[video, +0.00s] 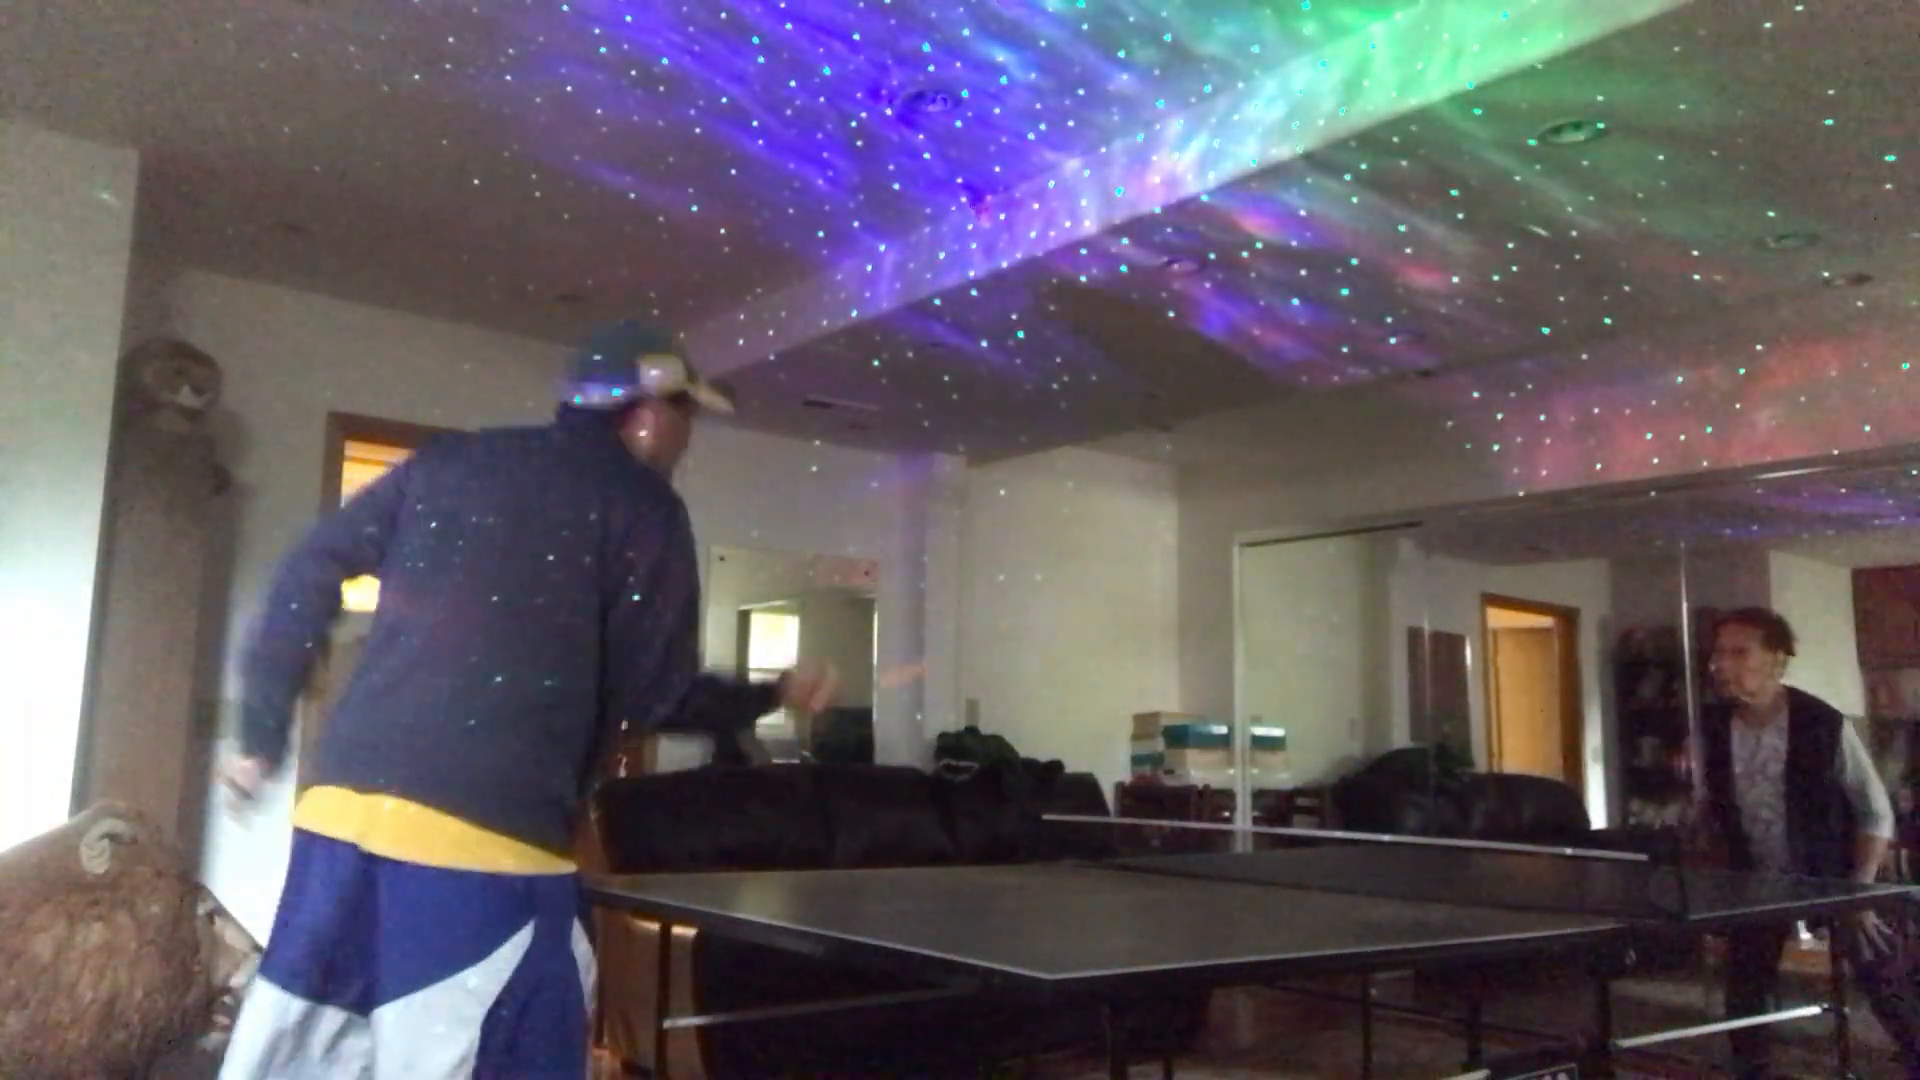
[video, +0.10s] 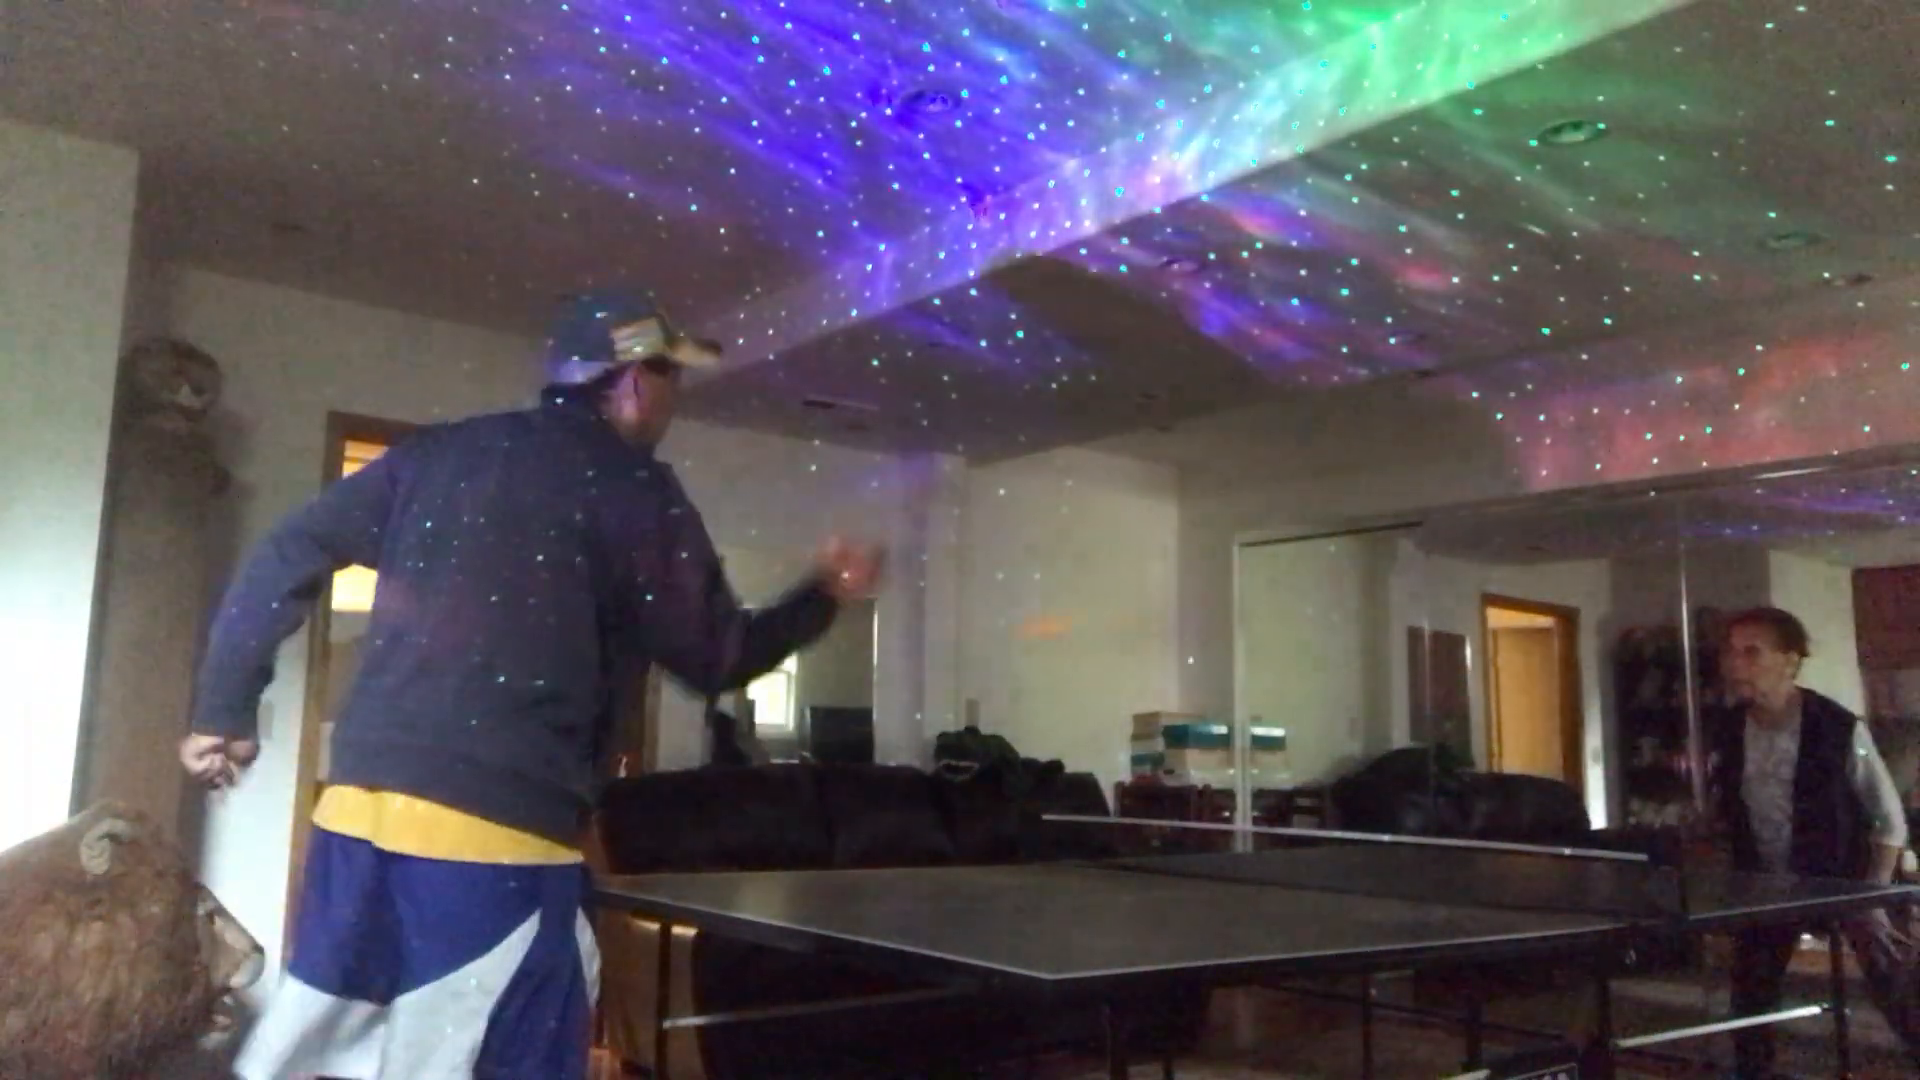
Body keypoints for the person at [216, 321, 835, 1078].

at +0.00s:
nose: (687, 437)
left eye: (690, 416)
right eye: (682, 413)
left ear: (577, 400)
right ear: (642, 410)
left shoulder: (450, 458)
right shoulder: (641, 502)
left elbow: (312, 562)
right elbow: (653, 693)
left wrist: (256, 730)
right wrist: (773, 696)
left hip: (340, 804)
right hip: (488, 830)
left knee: (292, 1051)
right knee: (492, 1059)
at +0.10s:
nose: (671, 403)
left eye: (672, 384)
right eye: (666, 383)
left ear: (562, 377)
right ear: (627, 383)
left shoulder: (440, 450)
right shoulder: (637, 490)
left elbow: (290, 548)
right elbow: (718, 656)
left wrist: (220, 709)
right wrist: (825, 595)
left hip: (355, 811)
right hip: (501, 836)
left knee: (308, 1043)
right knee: (510, 1057)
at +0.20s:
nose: (664, 381)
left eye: (661, 361)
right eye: (653, 362)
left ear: (555, 369)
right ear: (609, 370)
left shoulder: (437, 455)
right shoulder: (632, 487)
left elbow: (299, 577)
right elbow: (740, 621)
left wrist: (228, 738)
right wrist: (835, 517)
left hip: (364, 824)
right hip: (508, 842)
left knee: (336, 1058)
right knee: (509, 1058)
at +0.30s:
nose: (654, 380)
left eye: (649, 358)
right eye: (643, 357)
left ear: (545, 368)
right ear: (597, 366)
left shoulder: (429, 459)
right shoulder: (615, 480)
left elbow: (323, 613)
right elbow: (732, 616)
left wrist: (286, 787)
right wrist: (825, 505)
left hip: (368, 831)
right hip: (504, 847)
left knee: (368, 1066)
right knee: (516, 1064)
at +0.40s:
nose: (641, 373)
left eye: (638, 352)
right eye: (628, 350)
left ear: (535, 362)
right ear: (582, 361)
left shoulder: (418, 465)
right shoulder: (590, 471)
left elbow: (339, 634)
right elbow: (680, 641)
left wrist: (361, 781)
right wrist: (797, 552)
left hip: (368, 826)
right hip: (504, 839)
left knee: (376, 1066)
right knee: (522, 1063)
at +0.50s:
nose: (633, 374)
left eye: (631, 352)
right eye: (620, 350)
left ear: (537, 362)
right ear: (567, 358)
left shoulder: (414, 465)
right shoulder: (565, 462)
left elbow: (354, 649)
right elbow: (606, 653)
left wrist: (419, 746)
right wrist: (752, 626)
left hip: (370, 828)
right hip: (497, 842)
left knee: (374, 1067)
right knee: (521, 1063)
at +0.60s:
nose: (627, 373)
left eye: (624, 352)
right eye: (614, 351)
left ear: (538, 361)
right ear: (561, 360)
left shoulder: (416, 465)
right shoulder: (559, 464)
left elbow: (362, 647)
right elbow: (549, 660)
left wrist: (425, 752)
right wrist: (699, 692)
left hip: (370, 828)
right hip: (491, 843)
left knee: (371, 1062)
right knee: (511, 1063)